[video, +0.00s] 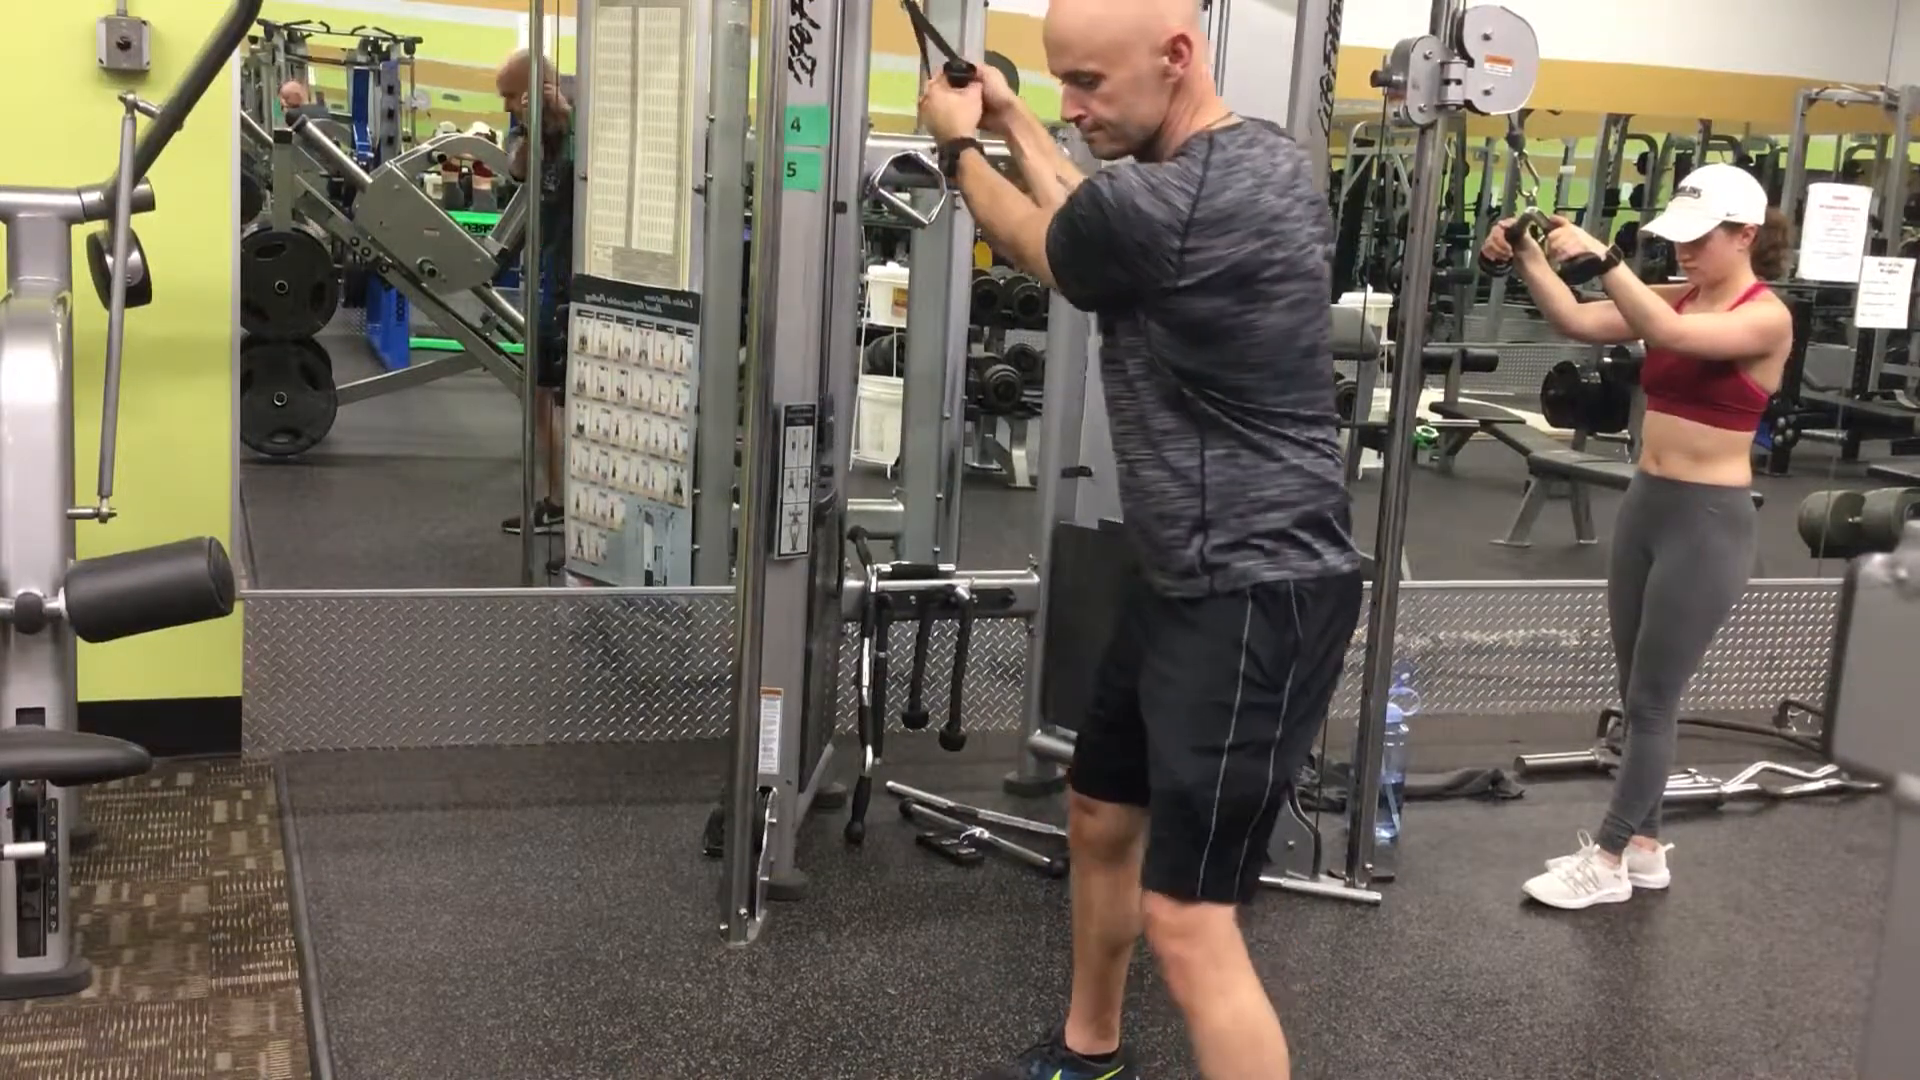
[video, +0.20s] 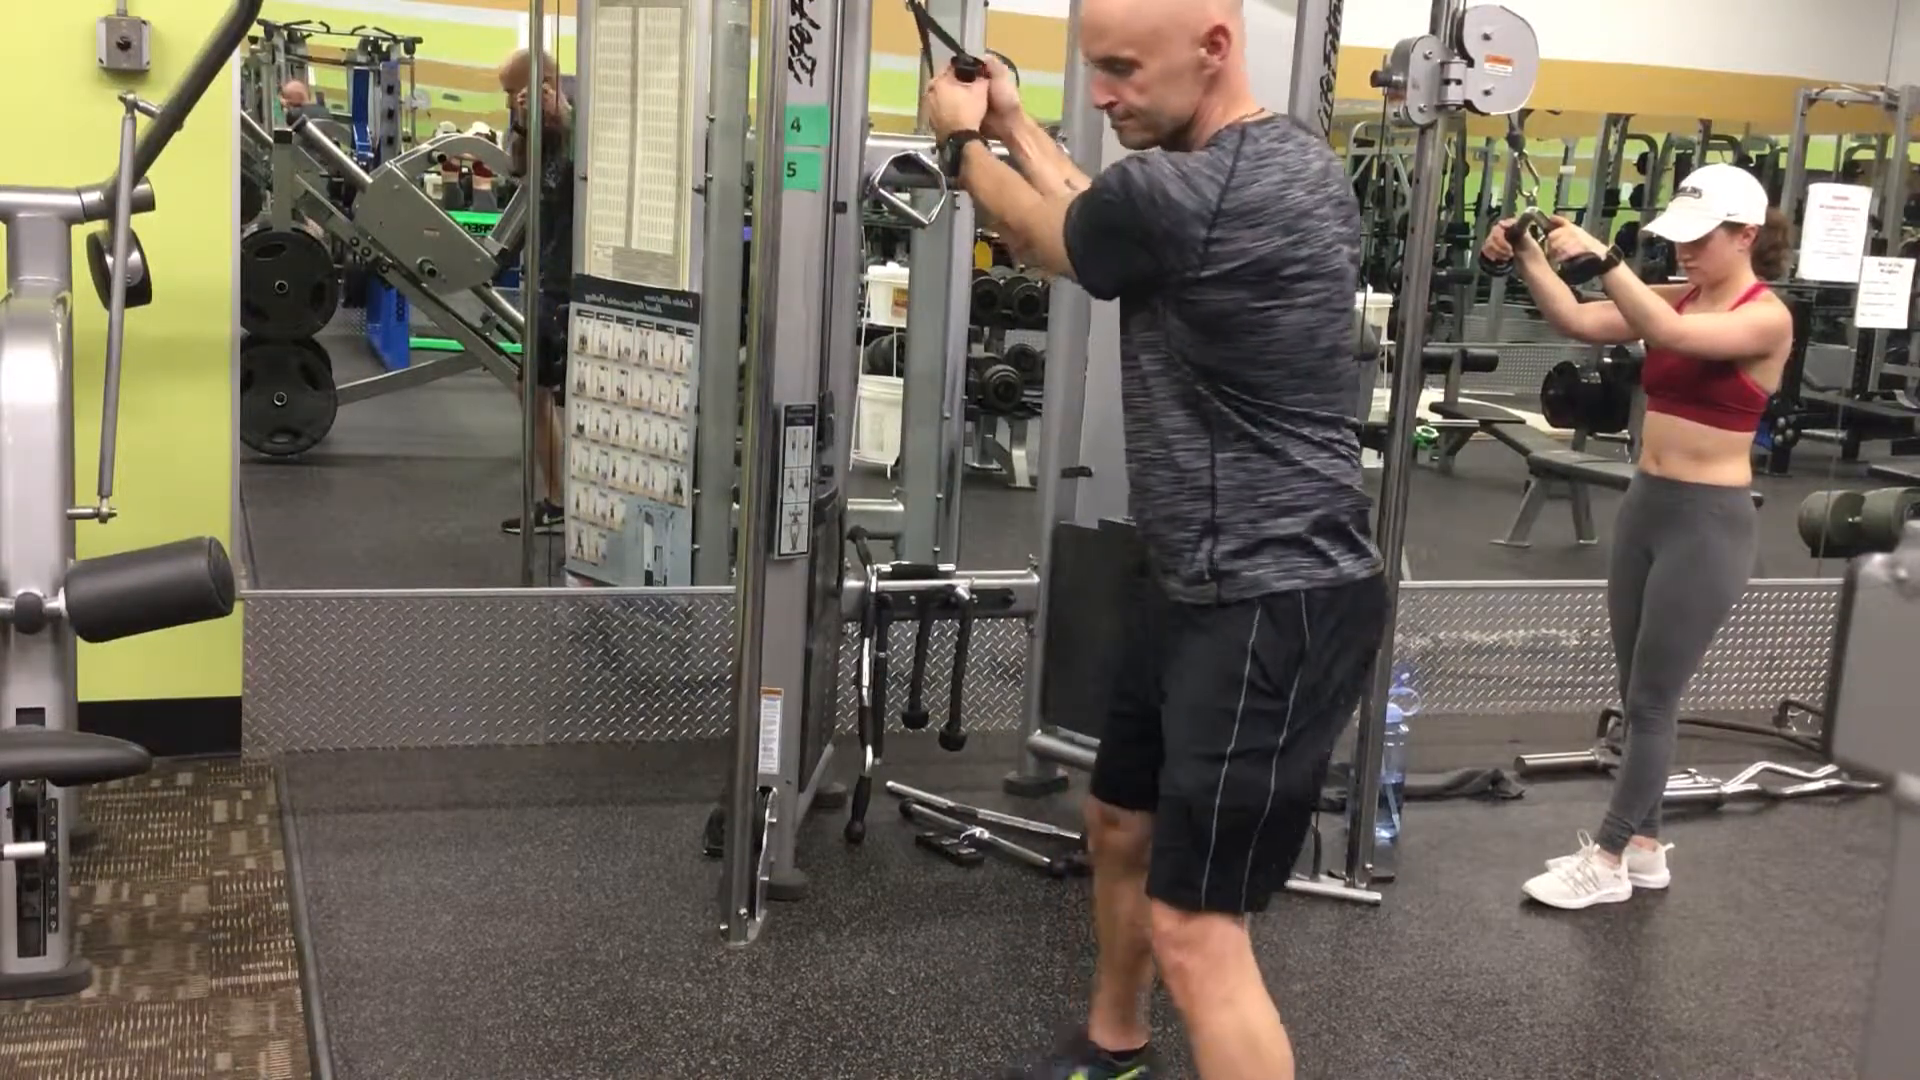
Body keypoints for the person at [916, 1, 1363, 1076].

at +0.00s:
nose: (1071, 109)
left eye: (1087, 82)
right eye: (1064, 83)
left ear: (1178, 57)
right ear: (1180, 56)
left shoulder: (1159, 205)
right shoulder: (1272, 165)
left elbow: (1040, 250)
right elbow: (1104, 237)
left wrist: (962, 146)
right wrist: (1013, 123)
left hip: (1257, 592)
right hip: (1186, 576)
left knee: (1190, 920)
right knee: (1099, 822)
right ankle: (1089, 1050)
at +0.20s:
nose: (1102, 96)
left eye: (1121, 69)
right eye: (1092, 69)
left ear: (1214, 45)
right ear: (1210, 49)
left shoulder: (1179, 196)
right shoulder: (1297, 162)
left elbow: (1049, 245)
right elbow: (1116, 229)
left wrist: (962, 142)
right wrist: (1018, 129)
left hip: (1275, 598)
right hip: (1197, 579)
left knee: (1196, 929)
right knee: (1119, 824)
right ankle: (1114, 1047)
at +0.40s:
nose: (1098, 100)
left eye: (1123, 76)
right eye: (1091, 71)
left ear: (1216, 61)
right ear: (1214, 65)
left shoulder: (1175, 205)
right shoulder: (1284, 174)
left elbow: (1044, 246)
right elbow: (1102, 231)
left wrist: (958, 151)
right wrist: (1008, 133)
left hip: (1275, 595)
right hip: (1200, 581)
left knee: (1186, 919)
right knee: (1116, 824)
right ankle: (1123, 1052)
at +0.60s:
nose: (1092, 100)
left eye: (1115, 76)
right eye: (1087, 74)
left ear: (1206, 63)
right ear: (1208, 67)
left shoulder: (1169, 204)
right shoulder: (1293, 168)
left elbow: (1053, 232)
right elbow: (1107, 221)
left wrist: (968, 127)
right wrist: (1010, 120)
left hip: (1274, 587)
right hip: (1201, 575)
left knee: (1208, 913)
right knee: (1129, 829)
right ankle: (1124, 1054)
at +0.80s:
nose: (1092, 103)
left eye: (1113, 79)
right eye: (1087, 77)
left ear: (1206, 67)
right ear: (1209, 70)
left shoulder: (1155, 204)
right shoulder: (1299, 170)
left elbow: (1047, 228)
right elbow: (1110, 212)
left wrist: (969, 123)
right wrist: (1009, 117)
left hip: (1271, 590)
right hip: (1204, 576)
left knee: (1197, 916)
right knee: (1129, 828)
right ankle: (1124, 1055)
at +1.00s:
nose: (1079, 102)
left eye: (1100, 79)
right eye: (1075, 77)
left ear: (1194, 66)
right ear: (1197, 69)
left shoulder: (1147, 205)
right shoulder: (1284, 171)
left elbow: (1036, 239)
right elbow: (1096, 208)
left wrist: (953, 131)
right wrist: (991, 118)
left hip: (1260, 596)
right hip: (1214, 583)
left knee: (1177, 919)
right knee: (1120, 824)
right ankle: (1127, 1048)